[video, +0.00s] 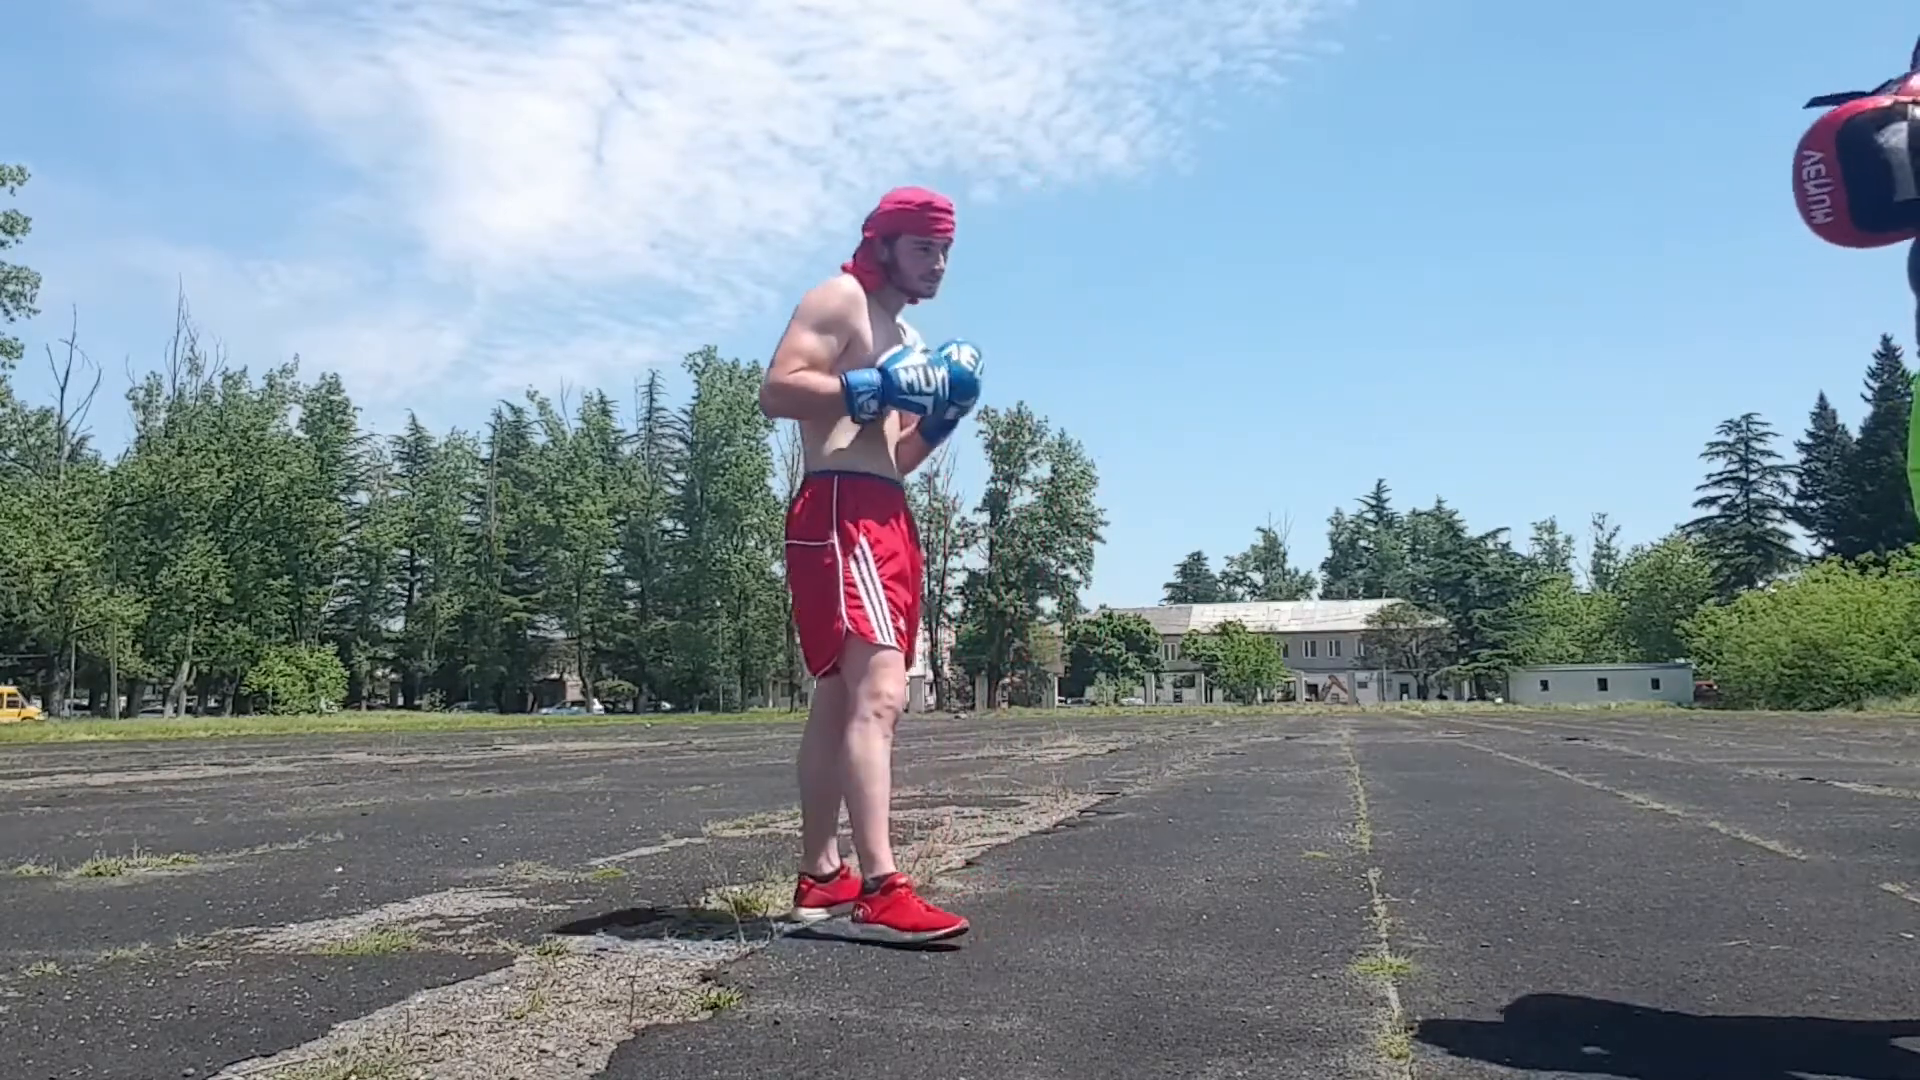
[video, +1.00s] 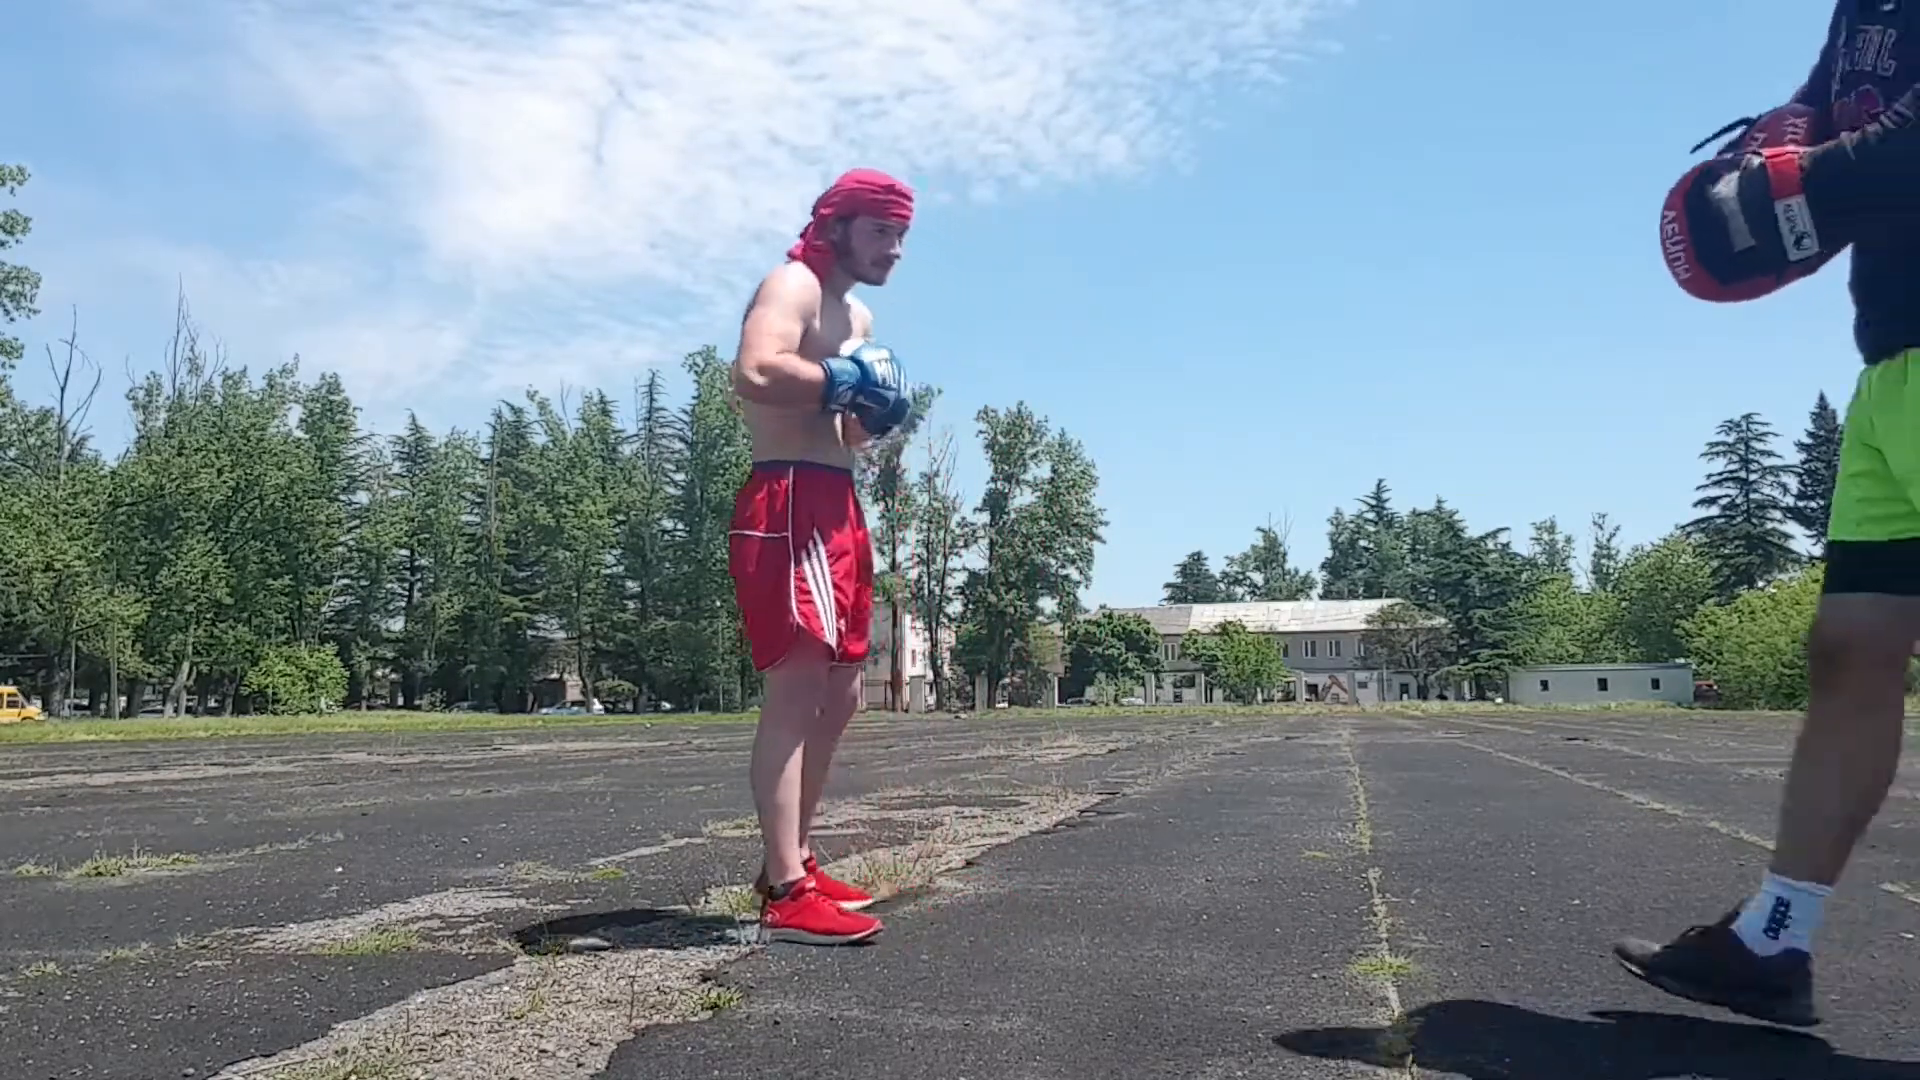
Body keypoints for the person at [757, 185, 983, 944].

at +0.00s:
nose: (938, 264)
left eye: (944, 251)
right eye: (925, 249)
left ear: (941, 257)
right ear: (880, 245)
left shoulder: (904, 340)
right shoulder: (839, 298)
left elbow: (895, 458)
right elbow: (777, 388)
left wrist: (941, 418)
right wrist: (861, 392)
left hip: (884, 513)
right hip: (842, 509)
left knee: (839, 701)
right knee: (881, 693)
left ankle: (821, 874)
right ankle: (879, 884)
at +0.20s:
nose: (933, 269)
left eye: (937, 257)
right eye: (922, 255)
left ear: (917, 264)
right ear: (878, 252)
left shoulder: (891, 339)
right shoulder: (835, 292)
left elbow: (899, 461)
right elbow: (769, 372)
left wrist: (936, 381)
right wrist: (855, 386)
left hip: (876, 510)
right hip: (830, 503)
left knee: (842, 693)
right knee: (868, 682)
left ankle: (828, 872)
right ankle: (829, 877)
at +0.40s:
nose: (923, 272)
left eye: (927, 260)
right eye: (913, 258)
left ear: (907, 263)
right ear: (870, 251)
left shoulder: (877, 332)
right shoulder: (826, 289)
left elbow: (884, 457)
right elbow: (765, 370)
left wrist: (917, 375)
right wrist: (852, 384)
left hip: (869, 510)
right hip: (822, 505)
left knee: (845, 699)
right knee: (832, 697)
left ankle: (827, 870)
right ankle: (796, 887)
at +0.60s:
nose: (916, 265)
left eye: (921, 252)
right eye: (907, 250)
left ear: (894, 255)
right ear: (862, 241)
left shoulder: (867, 326)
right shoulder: (809, 284)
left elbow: (873, 456)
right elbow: (754, 375)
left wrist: (903, 409)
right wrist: (847, 385)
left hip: (857, 505)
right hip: (807, 499)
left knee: (844, 696)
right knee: (813, 691)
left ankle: (822, 870)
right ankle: (789, 887)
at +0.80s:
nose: (913, 262)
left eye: (919, 248)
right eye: (903, 246)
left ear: (898, 250)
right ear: (857, 237)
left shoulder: (869, 326)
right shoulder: (801, 288)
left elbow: (863, 441)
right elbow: (746, 386)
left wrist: (896, 418)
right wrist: (844, 393)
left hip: (843, 509)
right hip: (790, 506)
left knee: (849, 693)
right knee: (799, 688)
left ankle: (824, 865)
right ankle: (786, 887)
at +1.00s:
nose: (895, 250)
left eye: (901, 237)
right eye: (883, 234)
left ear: (889, 243)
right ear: (836, 227)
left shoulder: (858, 318)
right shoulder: (791, 284)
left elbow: (844, 434)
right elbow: (754, 371)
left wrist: (877, 421)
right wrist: (847, 382)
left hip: (837, 504)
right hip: (785, 502)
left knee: (842, 693)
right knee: (798, 686)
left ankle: (796, 862)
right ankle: (781, 883)